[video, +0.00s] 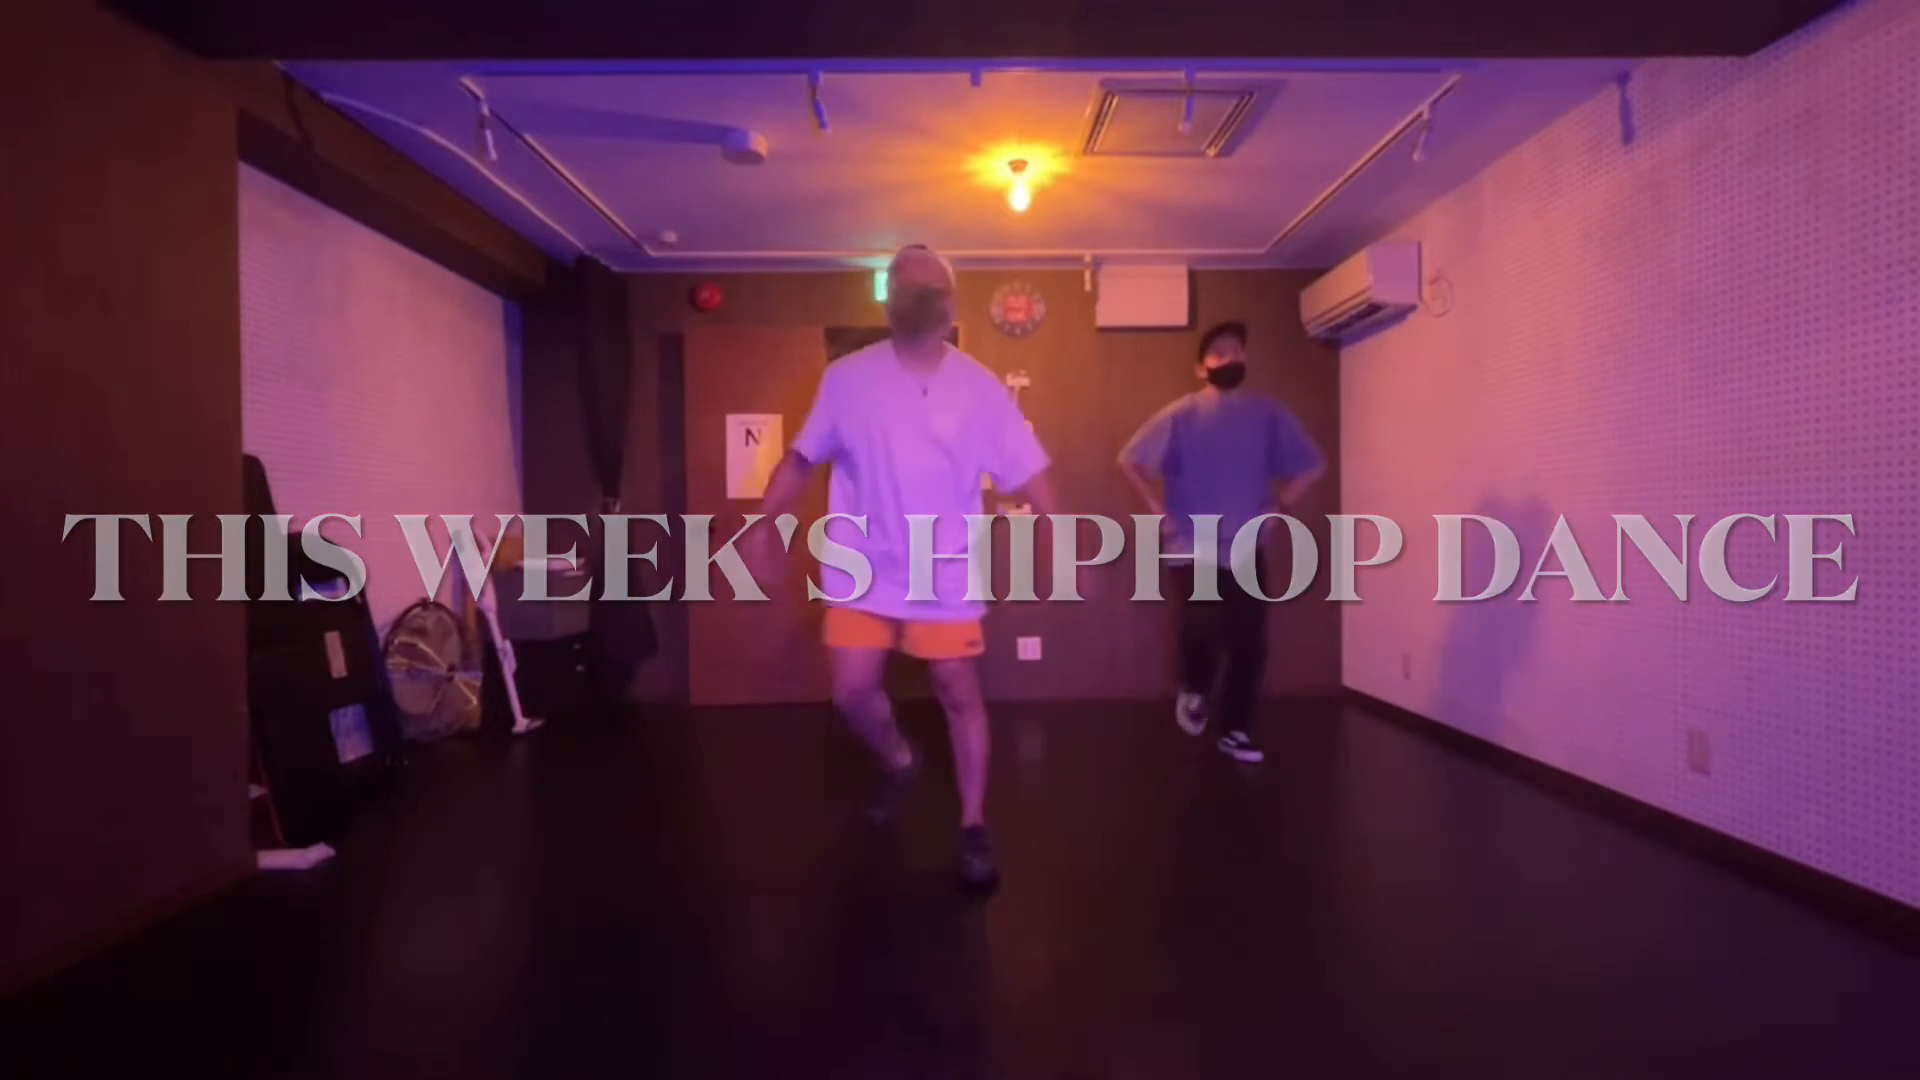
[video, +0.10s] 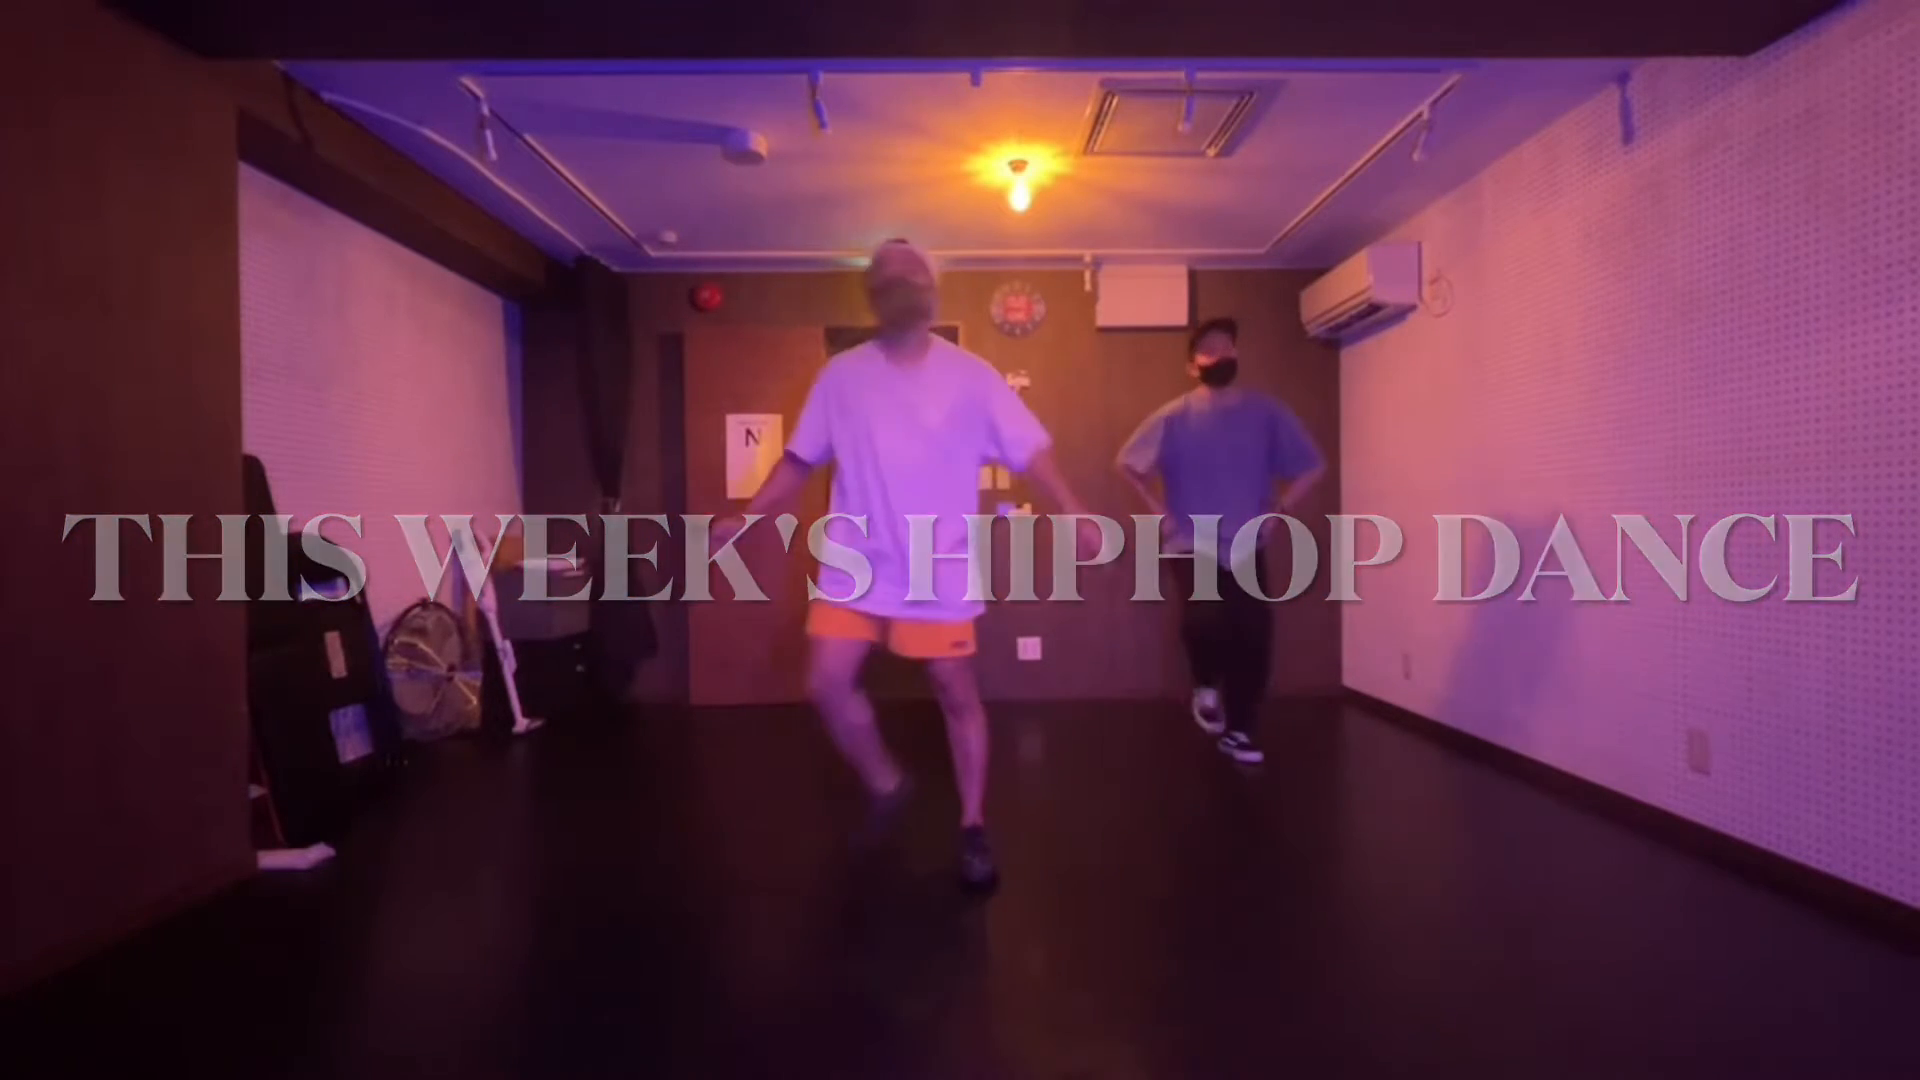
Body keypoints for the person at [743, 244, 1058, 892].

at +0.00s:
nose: (915, 302)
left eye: (929, 292)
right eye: (905, 291)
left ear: (951, 307)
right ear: (888, 302)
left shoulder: (978, 387)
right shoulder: (848, 378)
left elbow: (1032, 476)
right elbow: (803, 458)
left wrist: (1065, 549)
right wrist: (762, 525)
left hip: (946, 573)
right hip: (860, 569)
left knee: (959, 693)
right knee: (853, 692)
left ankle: (973, 826)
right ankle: (900, 764)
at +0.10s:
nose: (901, 292)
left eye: (913, 281)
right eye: (887, 283)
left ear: (935, 295)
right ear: (870, 299)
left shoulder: (970, 376)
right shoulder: (843, 375)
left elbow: (1032, 457)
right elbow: (799, 461)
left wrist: (1077, 516)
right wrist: (748, 515)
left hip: (941, 566)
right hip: (856, 562)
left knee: (956, 690)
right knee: (827, 682)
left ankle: (972, 827)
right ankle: (886, 785)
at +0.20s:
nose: (857, 297)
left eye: (869, 286)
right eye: (847, 288)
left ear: (894, 296)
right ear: (836, 303)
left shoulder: (944, 371)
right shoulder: (825, 383)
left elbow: (1019, 423)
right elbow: (789, 470)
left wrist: (1051, 467)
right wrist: (732, 516)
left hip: (927, 574)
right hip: (841, 573)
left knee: (953, 700)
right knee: (812, 691)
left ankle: (972, 830)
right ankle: (807, 844)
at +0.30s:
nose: (845, 341)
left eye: (850, 326)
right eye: (833, 329)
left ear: (866, 315)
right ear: (820, 326)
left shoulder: (918, 370)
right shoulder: (806, 391)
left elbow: (990, 406)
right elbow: (781, 476)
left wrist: (1007, 468)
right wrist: (728, 532)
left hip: (913, 580)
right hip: (830, 584)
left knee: (942, 701)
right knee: (806, 707)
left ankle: (971, 829)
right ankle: (761, 855)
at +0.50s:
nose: (740, 308)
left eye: (752, 295)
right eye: (738, 297)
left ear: (785, 300)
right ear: (748, 307)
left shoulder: (814, 355)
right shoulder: (755, 388)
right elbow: (761, 490)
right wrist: (766, 565)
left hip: (829, 573)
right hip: (772, 576)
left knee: (839, 709)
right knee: (747, 695)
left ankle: (953, 805)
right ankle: (746, 858)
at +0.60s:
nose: (712, 316)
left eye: (723, 302)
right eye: (710, 304)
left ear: (761, 303)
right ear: (755, 309)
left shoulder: (780, 367)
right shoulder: (761, 371)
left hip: (789, 580)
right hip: (752, 581)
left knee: (771, 712)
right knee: (733, 703)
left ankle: (912, 777)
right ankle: (742, 857)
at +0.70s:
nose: (698, 312)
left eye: (710, 302)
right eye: (698, 302)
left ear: (741, 309)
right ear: (747, 313)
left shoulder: (716, 370)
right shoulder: (774, 375)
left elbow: (703, 482)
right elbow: (780, 491)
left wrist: (674, 562)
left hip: (725, 573)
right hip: (777, 576)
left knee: (673, 705)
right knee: (729, 706)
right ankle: (739, 855)